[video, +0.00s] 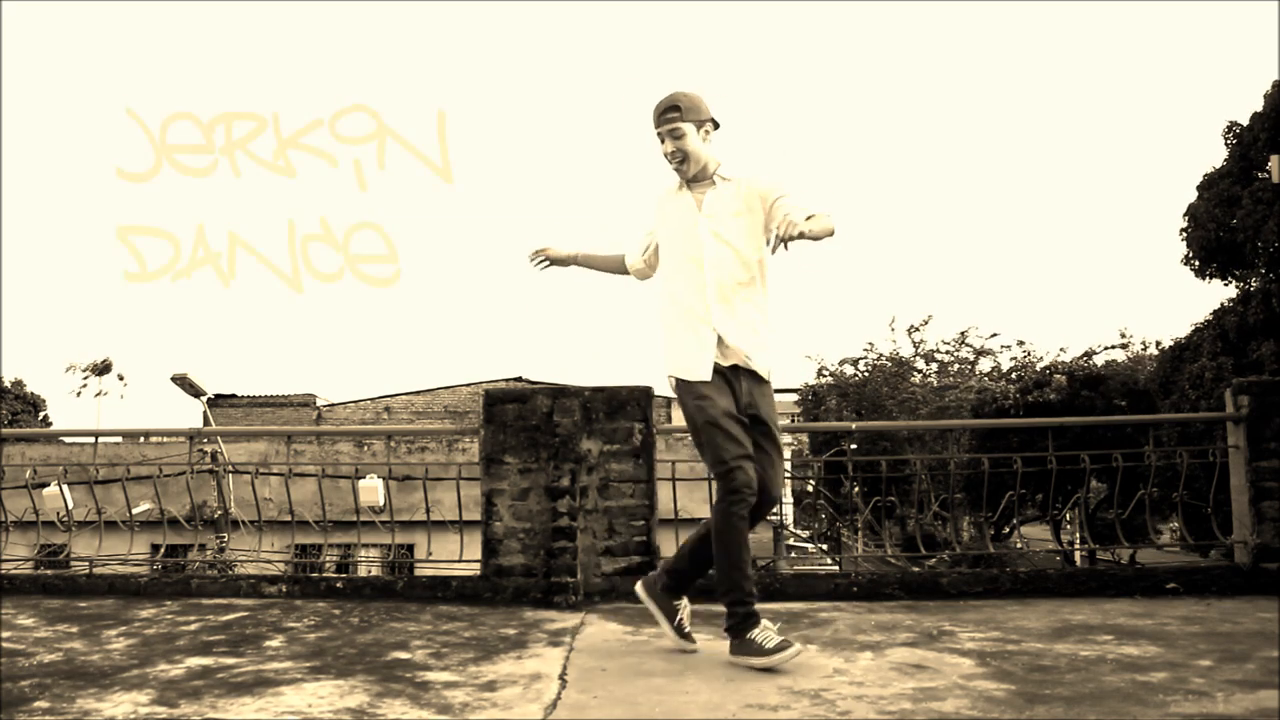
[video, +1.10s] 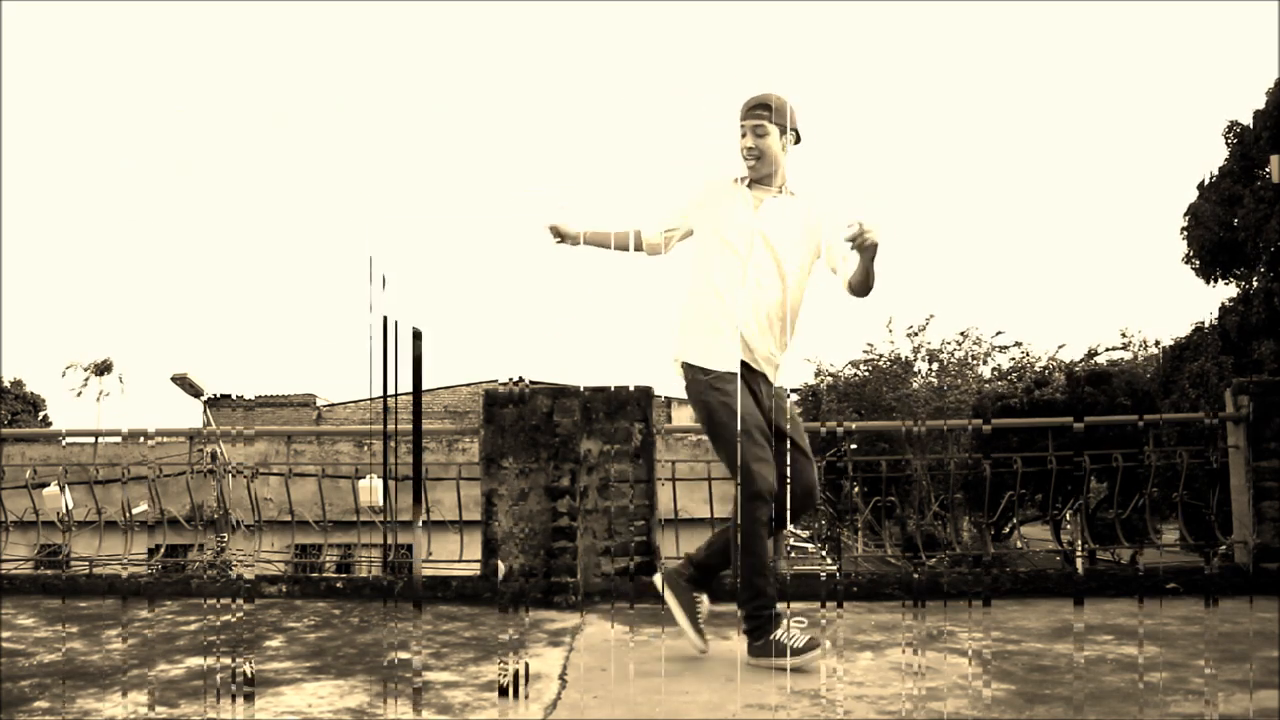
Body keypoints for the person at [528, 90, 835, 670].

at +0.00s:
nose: (669, 149)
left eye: (677, 136)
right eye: (662, 140)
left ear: (708, 132)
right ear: (660, 146)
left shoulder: (755, 194)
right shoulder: (670, 207)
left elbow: (825, 223)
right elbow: (639, 263)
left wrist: (801, 225)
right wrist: (572, 257)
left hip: (751, 364)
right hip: (696, 364)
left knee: (764, 494)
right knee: (738, 483)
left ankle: (664, 585)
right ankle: (743, 627)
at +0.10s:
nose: (688, 140)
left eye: (696, 129)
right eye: (681, 132)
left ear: (727, 127)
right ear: (678, 136)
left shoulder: (768, 192)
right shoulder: (679, 199)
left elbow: (839, 239)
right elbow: (647, 256)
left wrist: (812, 239)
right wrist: (576, 238)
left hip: (759, 354)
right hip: (697, 358)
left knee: (791, 479)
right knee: (722, 484)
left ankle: (729, 575)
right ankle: (739, 622)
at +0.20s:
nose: (719, 139)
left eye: (728, 128)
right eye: (712, 130)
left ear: (756, 130)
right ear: (706, 136)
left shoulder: (790, 201)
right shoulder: (696, 194)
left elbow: (846, 257)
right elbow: (645, 241)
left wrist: (856, 276)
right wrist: (581, 209)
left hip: (772, 369)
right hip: (707, 370)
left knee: (791, 494)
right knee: (688, 479)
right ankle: (722, 619)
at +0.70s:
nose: (763, 127)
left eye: (775, 119)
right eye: (758, 116)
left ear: (798, 128)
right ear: (749, 122)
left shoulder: (806, 206)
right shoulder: (716, 177)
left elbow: (813, 282)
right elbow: (648, 218)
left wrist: (852, 346)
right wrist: (582, 225)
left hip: (753, 353)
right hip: (695, 339)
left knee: (730, 488)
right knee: (648, 409)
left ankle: (738, 621)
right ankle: (653, 562)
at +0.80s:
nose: (751, 124)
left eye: (764, 116)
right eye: (747, 114)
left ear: (790, 123)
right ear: (741, 118)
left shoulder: (804, 201)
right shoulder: (712, 175)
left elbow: (842, 272)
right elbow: (632, 204)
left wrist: (897, 321)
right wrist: (558, 204)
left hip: (756, 342)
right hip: (695, 329)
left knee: (728, 475)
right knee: (677, 422)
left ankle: (716, 612)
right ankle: (674, 563)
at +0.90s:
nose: (743, 120)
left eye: (754, 111)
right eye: (737, 112)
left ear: (784, 118)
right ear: (733, 118)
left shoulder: (804, 202)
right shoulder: (708, 175)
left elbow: (865, 259)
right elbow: (634, 205)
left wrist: (934, 289)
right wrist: (558, 201)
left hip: (755, 347)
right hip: (698, 335)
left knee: (733, 473)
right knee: (730, 455)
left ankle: (643, 591)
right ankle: (727, 600)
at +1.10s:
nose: (749, 142)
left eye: (760, 133)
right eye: (743, 133)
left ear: (788, 141)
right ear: (738, 142)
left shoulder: (812, 216)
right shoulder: (717, 197)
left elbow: (858, 288)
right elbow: (653, 240)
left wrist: (867, 254)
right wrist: (578, 236)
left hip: (762, 367)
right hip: (711, 355)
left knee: (801, 491)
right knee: (760, 481)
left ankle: (687, 576)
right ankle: (763, 633)